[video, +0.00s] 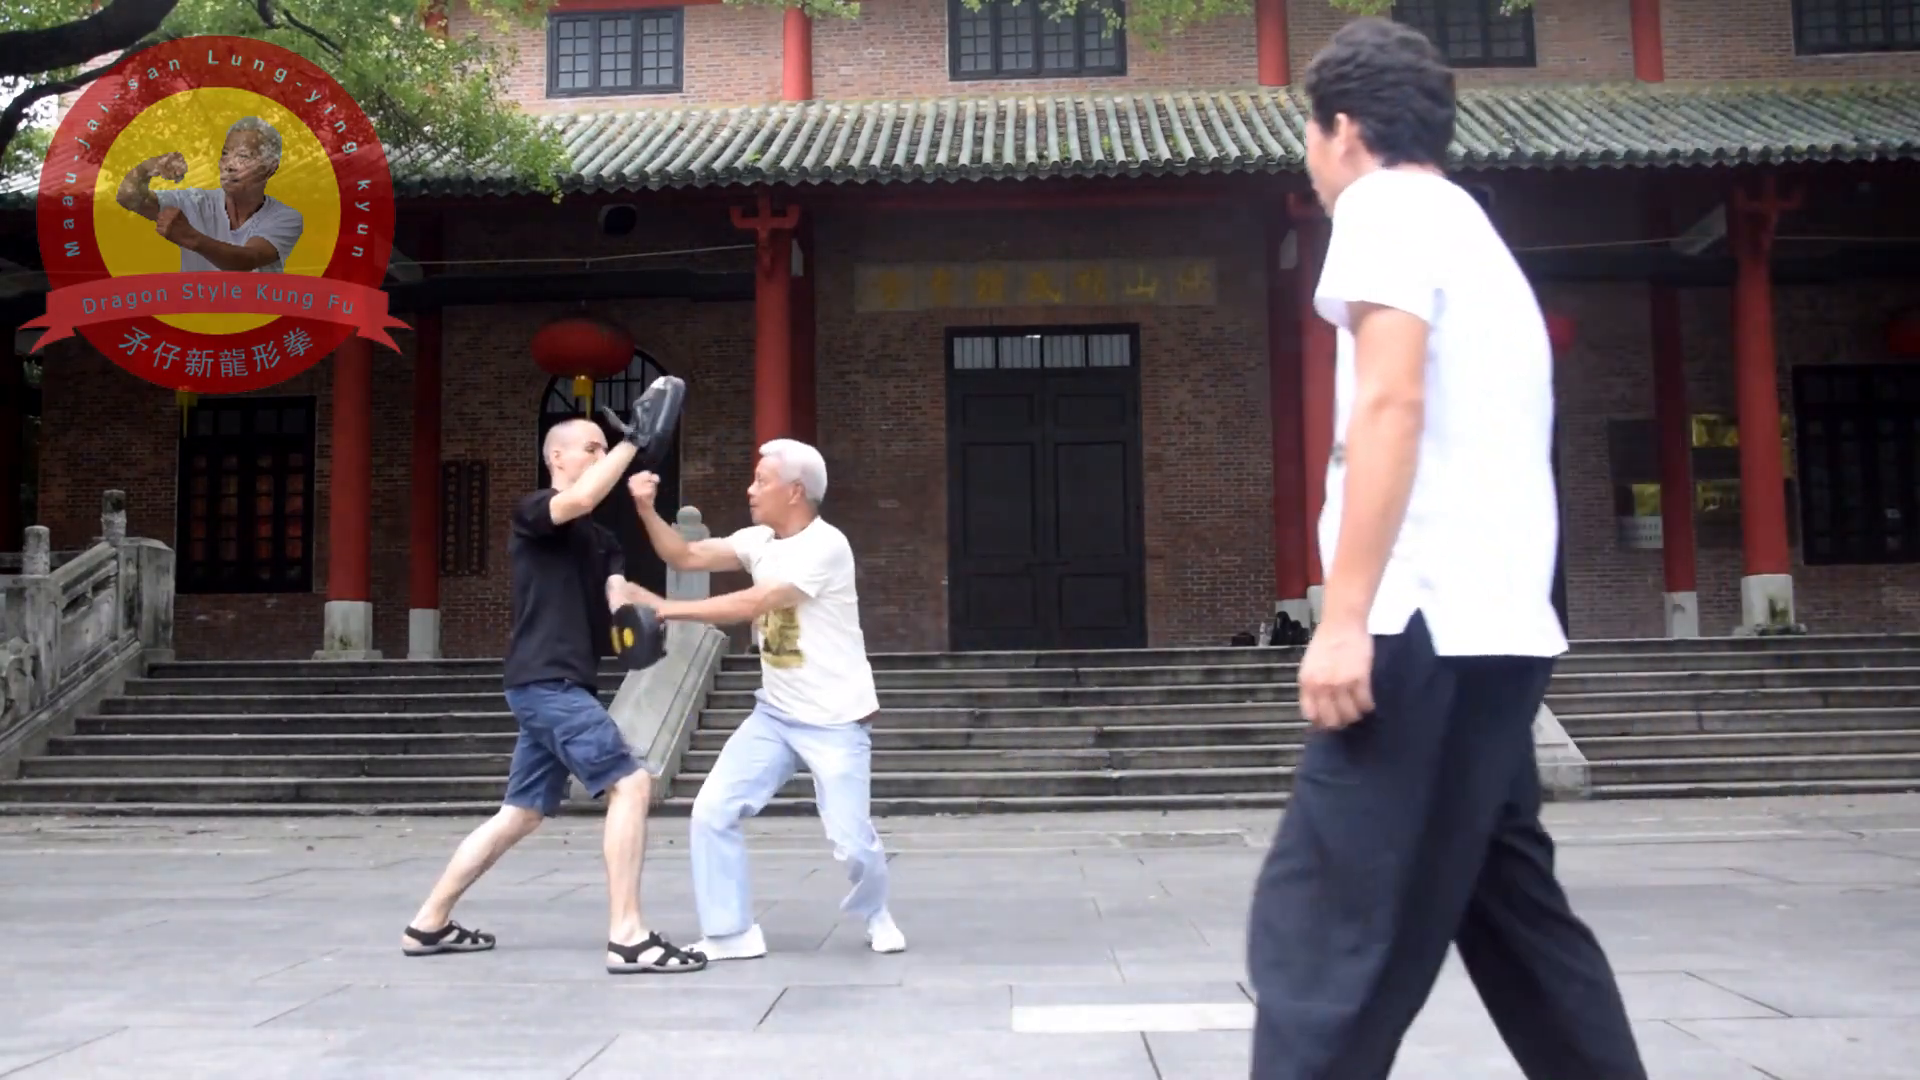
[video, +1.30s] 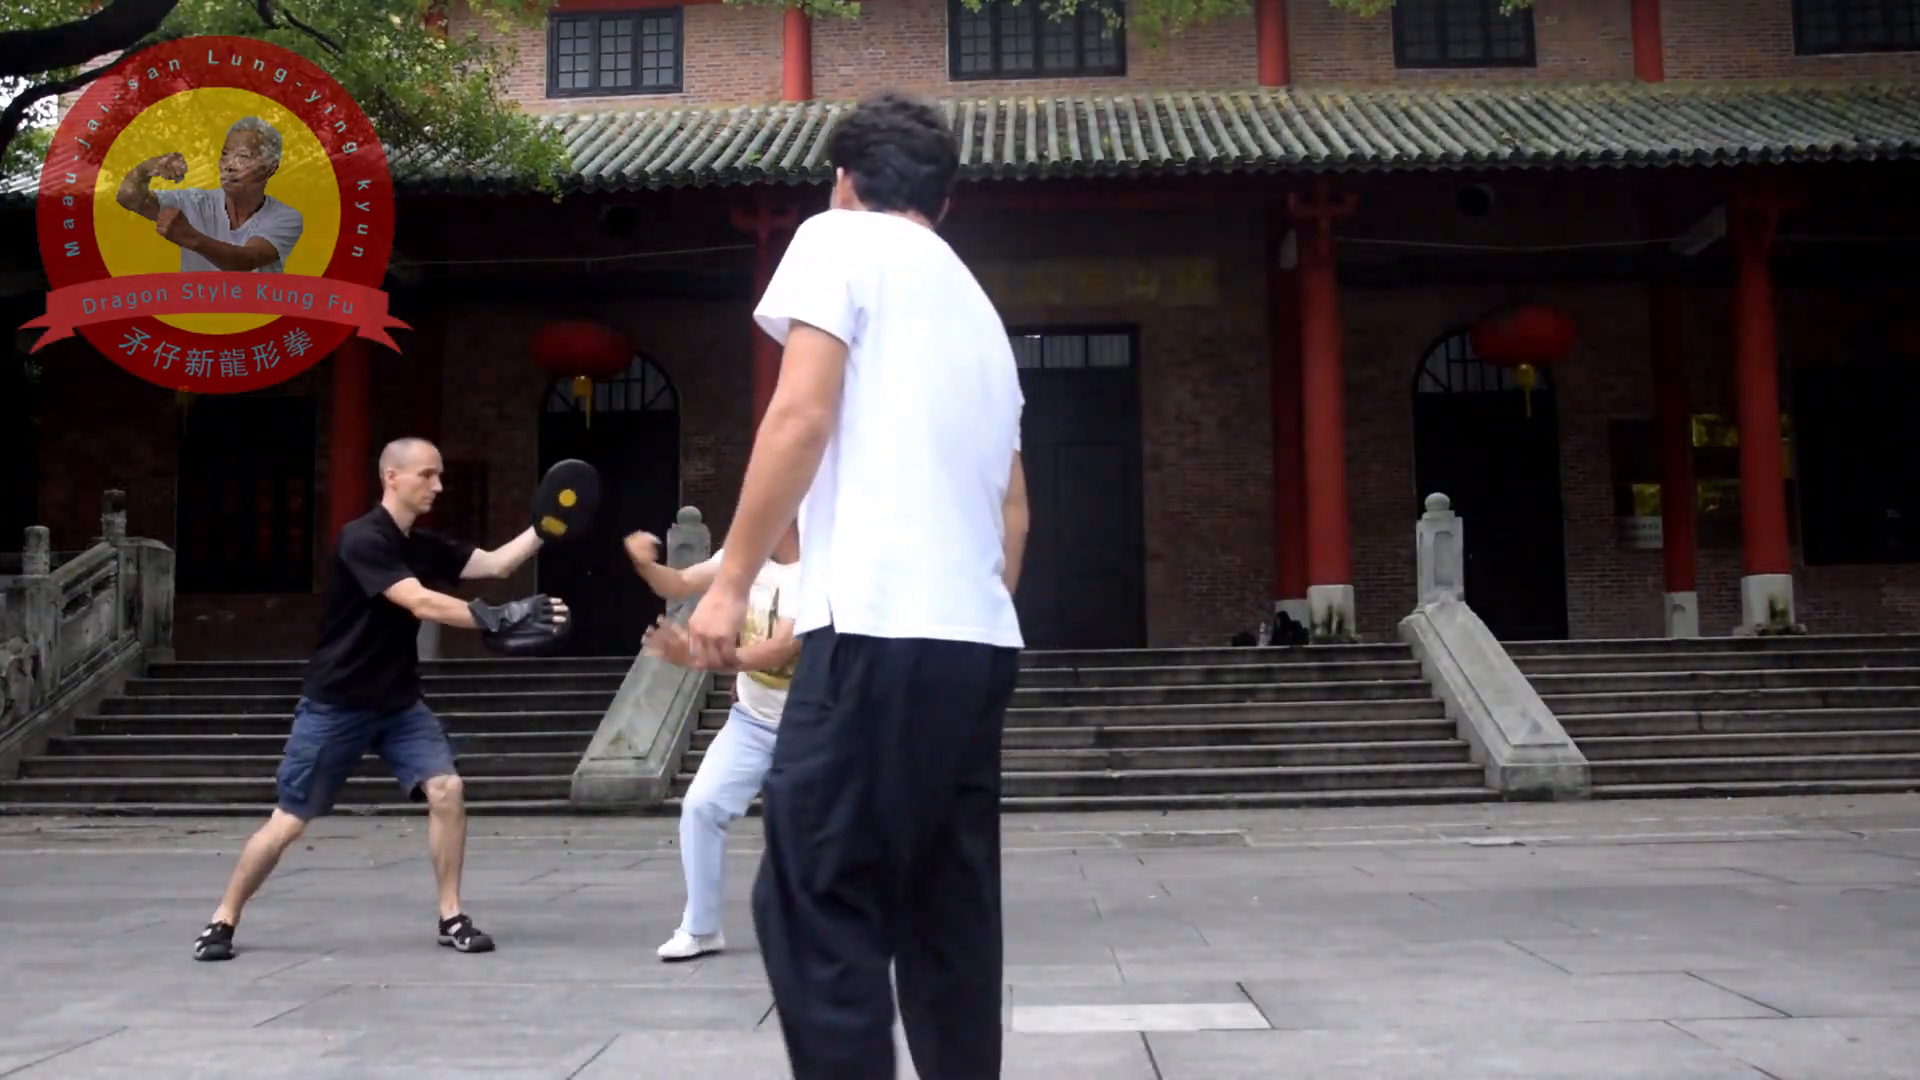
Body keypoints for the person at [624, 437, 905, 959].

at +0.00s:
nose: (749, 489)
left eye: (760, 480)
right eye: (753, 478)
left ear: (794, 492)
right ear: (785, 490)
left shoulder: (826, 546)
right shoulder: (760, 539)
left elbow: (754, 604)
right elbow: (685, 554)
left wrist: (660, 606)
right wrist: (646, 509)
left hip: (835, 721)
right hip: (774, 715)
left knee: (851, 841)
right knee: (712, 812)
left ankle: (877, 915)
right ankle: (733, 933)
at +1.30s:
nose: (764, 517)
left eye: (774, 506)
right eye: (760, 507)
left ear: (795, 511)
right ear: (752, 513)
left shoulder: (819, 574)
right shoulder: (743, 556)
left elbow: (779, 653)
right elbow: (680, 584)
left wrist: (694, 653)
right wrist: (646, 563)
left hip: (808, 729)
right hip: (751, 723)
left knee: (817, 832)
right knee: (701, 807)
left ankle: (820, 949)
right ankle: (701, 927)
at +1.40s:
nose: (742, 532)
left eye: (755, 524)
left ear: (778, 534)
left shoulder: (789, 596)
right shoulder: (735, 580)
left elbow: (745, 665)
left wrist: (672, 697)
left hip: (788, 728)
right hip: (731, 724)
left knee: (833, 819)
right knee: (657, 798)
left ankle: (866, 918)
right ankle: (641, 921)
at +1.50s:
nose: (677, 530)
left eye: (688, 519)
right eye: (675, 519)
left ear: (721, 523)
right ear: (675, 521)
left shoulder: (757, 580)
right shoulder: (677, 563)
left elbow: (716, 658)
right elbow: (690, 584)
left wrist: (631, 676)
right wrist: (758, 561)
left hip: (759, 737)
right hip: (698, 732)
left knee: (822, 836)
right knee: (614, 803)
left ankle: (876, 932)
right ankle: (549, 919)